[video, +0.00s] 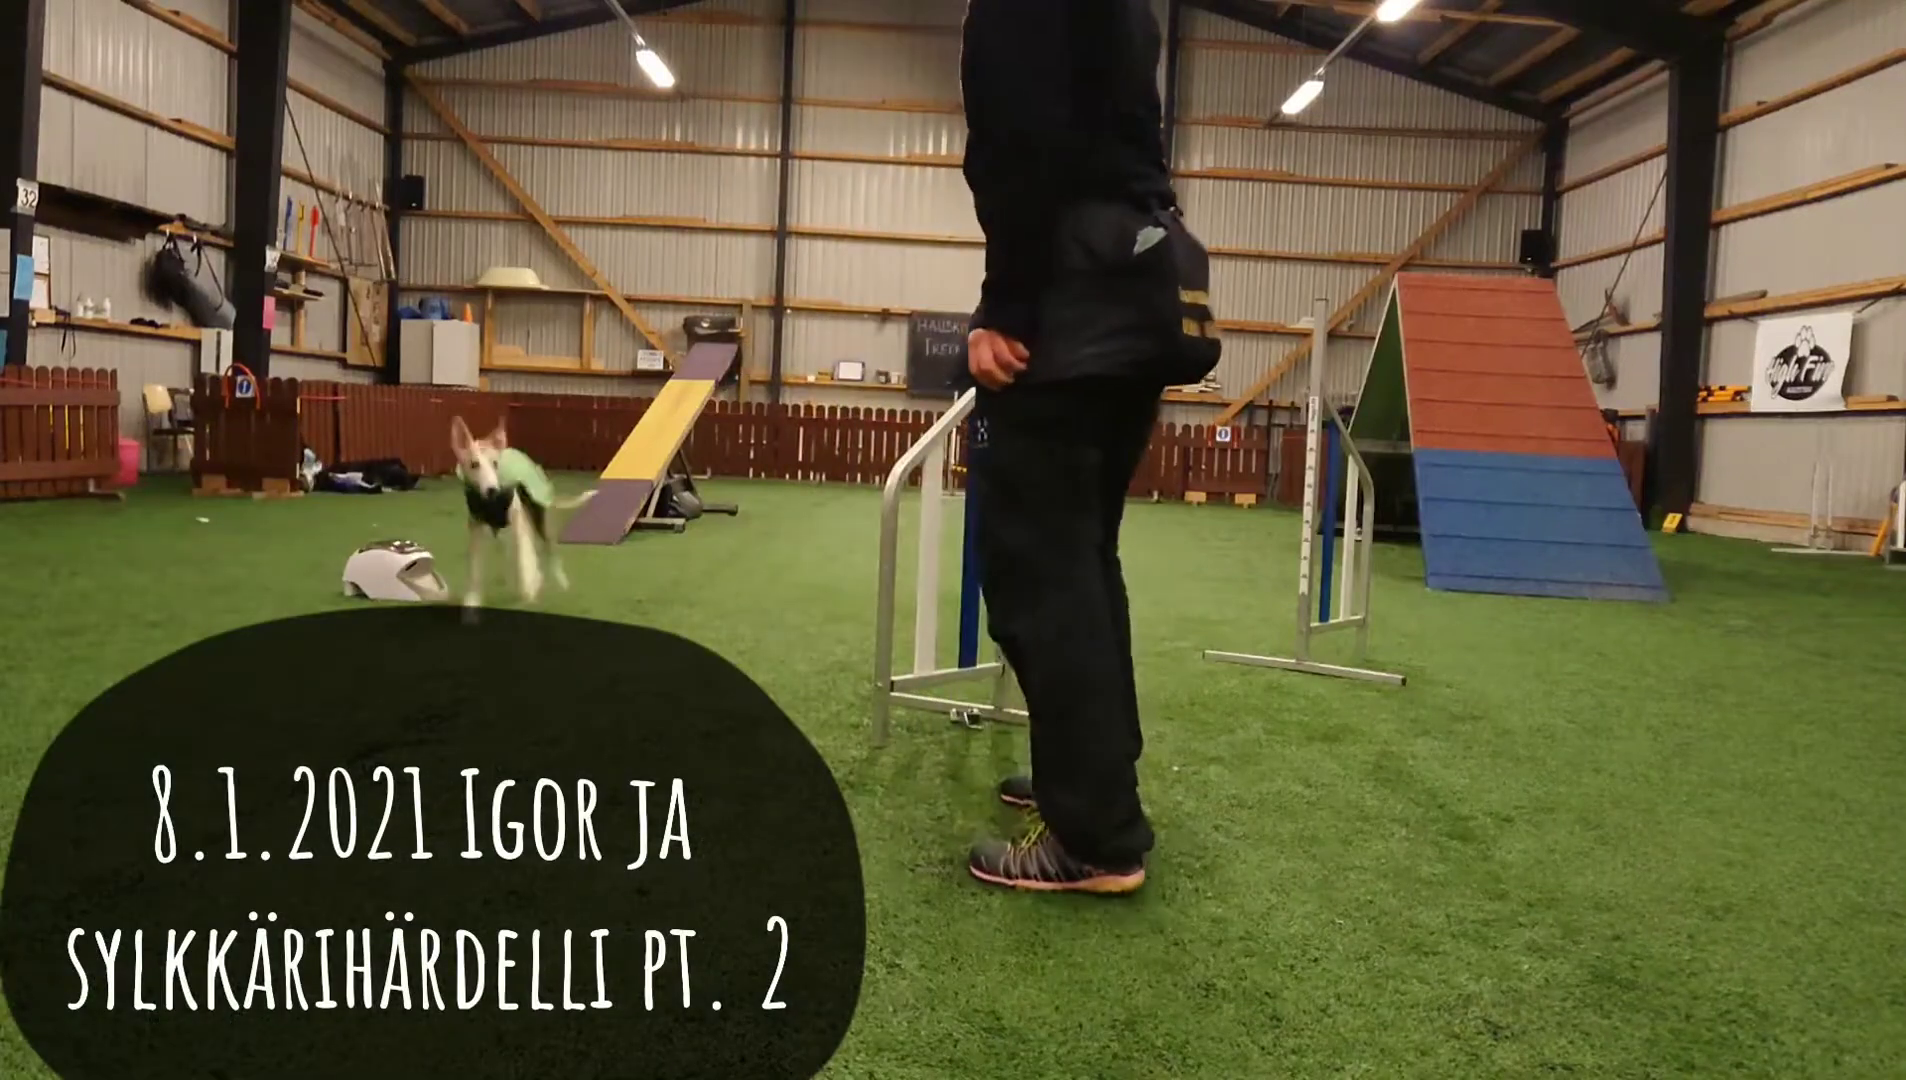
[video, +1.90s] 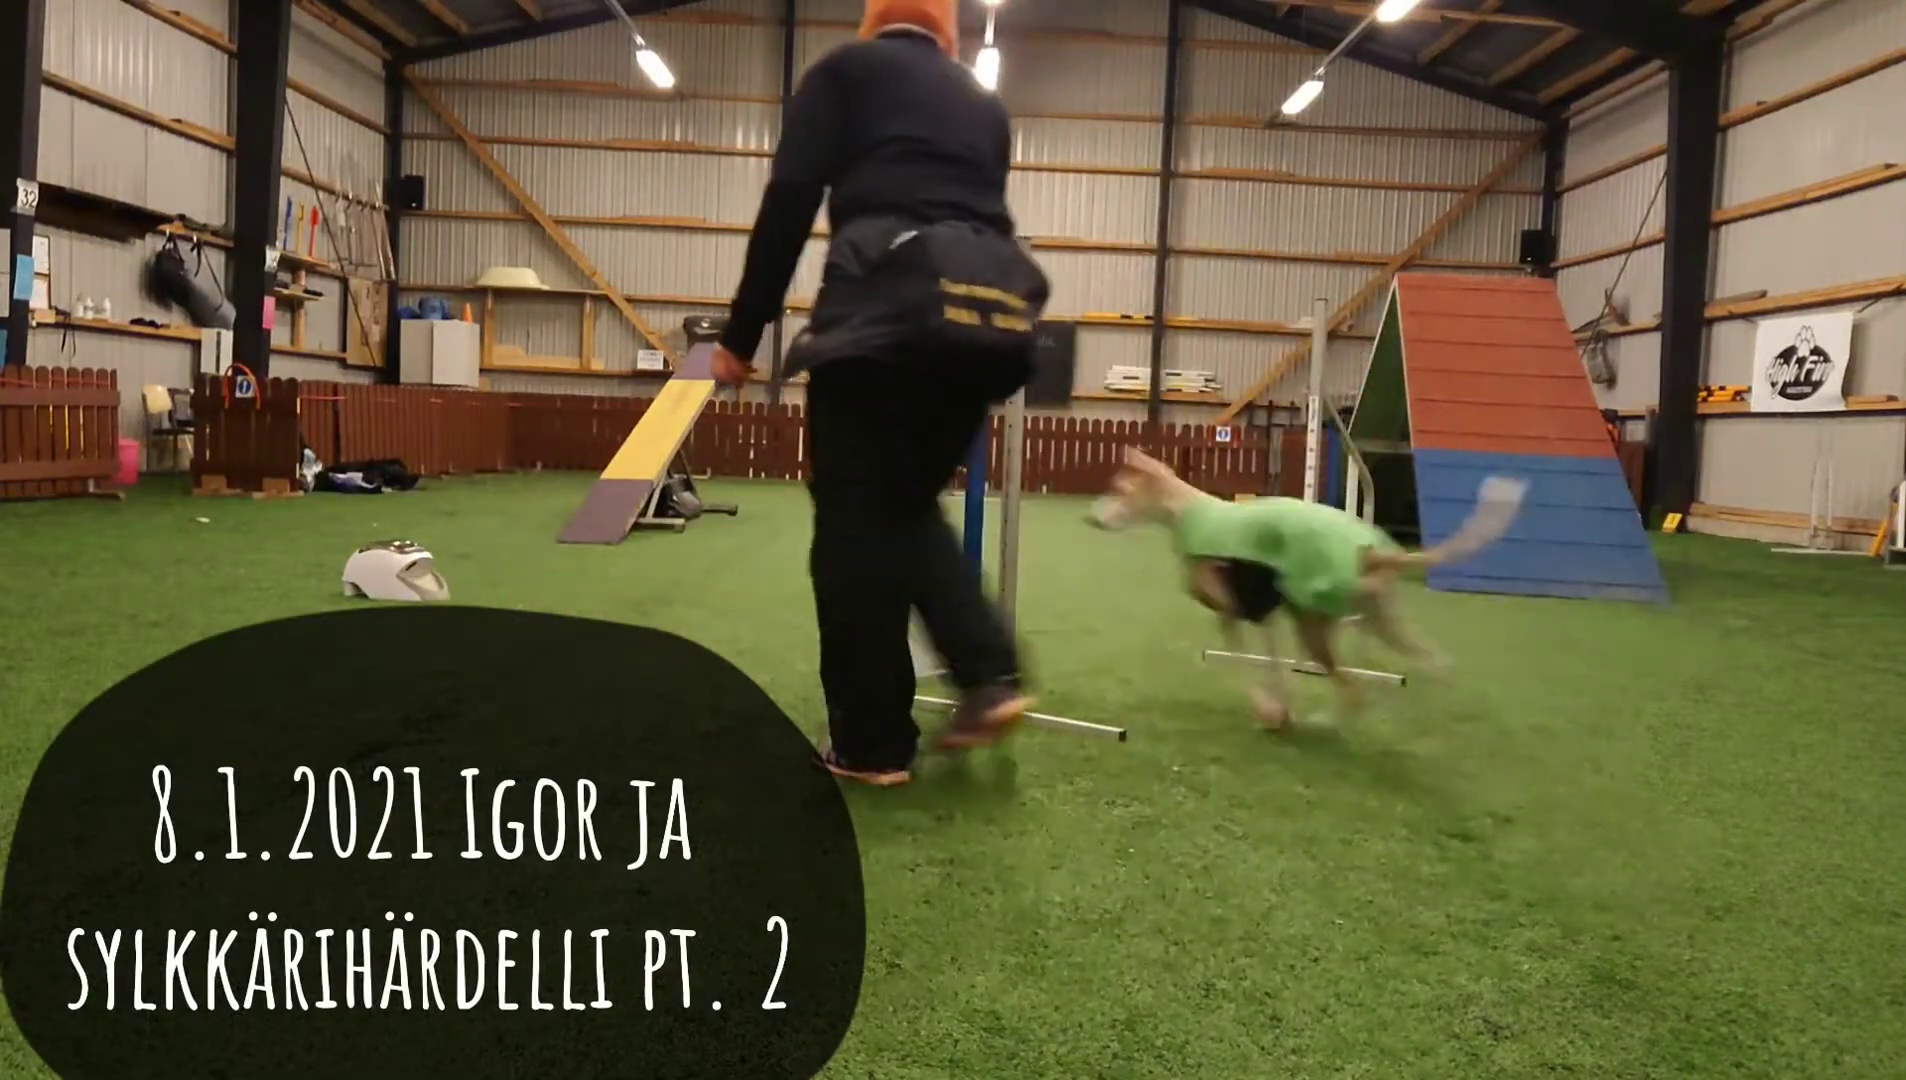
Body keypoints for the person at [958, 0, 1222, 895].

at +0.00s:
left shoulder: (1013, 13)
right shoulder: (1120, 20)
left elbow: (1018, 139)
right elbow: (1121, 150)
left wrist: (1001, 305)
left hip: (1064, 325)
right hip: (1124, 319)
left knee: (1038, 576)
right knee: (1077, 560)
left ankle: (1099, 841)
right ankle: (1087, 780)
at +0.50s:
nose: (933, 97)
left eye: (931, 58)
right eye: (927, 82)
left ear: (942, 12)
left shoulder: (973, 17)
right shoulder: (1092, 40)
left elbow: (1020, 148)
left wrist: (1002, 339)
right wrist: (980, 374)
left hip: (1146, 302)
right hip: (1260, 291)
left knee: (1075, 569)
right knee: (1194, 557)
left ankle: (1094, 846)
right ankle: (1195, 807)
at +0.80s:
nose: (993, 143)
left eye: (990, 109)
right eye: (989, 127)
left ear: (1015, 36)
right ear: (1089, 27)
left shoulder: (1028, 51)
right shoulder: (1166, 81)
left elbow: (1056, 163)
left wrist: (1037, 349)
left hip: (1198, 297)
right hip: (1334, 296)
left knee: (1135, 588)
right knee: (1293, 581)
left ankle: (1104, 847)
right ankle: (1271, 828)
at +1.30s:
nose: (1031, 43)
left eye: (1033, 34)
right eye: (1036, 35)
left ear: (1057, 31)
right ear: (1128, 34)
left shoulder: (1051, 66)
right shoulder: (1179, 85)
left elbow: (1051, 191)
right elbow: (1221, 240)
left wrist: (1009, 346)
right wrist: (1189, 420)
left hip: (1158, 304)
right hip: (1281, 311)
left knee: (1062, 557)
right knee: (1264, 574)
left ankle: (997, 792)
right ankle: (1270, 826)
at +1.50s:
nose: (994, 32)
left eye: (997, 25)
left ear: (1013, 27)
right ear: (1090, 33)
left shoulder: (990, 76)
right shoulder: (1132, 88)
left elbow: (971, 202)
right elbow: (1155, 218)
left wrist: (923, 354)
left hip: (1061, 337)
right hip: (1188, 336)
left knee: (976, 549)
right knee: (1209, 568)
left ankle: (898, 737)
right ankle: (1261, 808)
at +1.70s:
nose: (908, 34)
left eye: (911, 25)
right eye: (1019, 34)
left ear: (926, 27)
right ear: (1005, 36)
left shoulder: (897, 77)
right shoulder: (1040, 94)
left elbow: (856, 211)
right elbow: (1045, 217)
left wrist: (806, 352)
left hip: (938, 324)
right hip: (1063, 326)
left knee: (885, 533)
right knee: (1075, 540)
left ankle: (873, 745)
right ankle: (1183, 709)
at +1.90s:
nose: (859, 30)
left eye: (861, 22)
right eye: (958, 32)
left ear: (872, 24)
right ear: (946, 37)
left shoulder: (843, 68)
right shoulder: (986, 105)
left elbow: (789, 199)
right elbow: (984, 230)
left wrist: (740, 337)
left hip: (877, 322)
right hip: (989, 329)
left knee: (852, 533)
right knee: (910, 506)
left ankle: (872, 745)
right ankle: (991, 678)